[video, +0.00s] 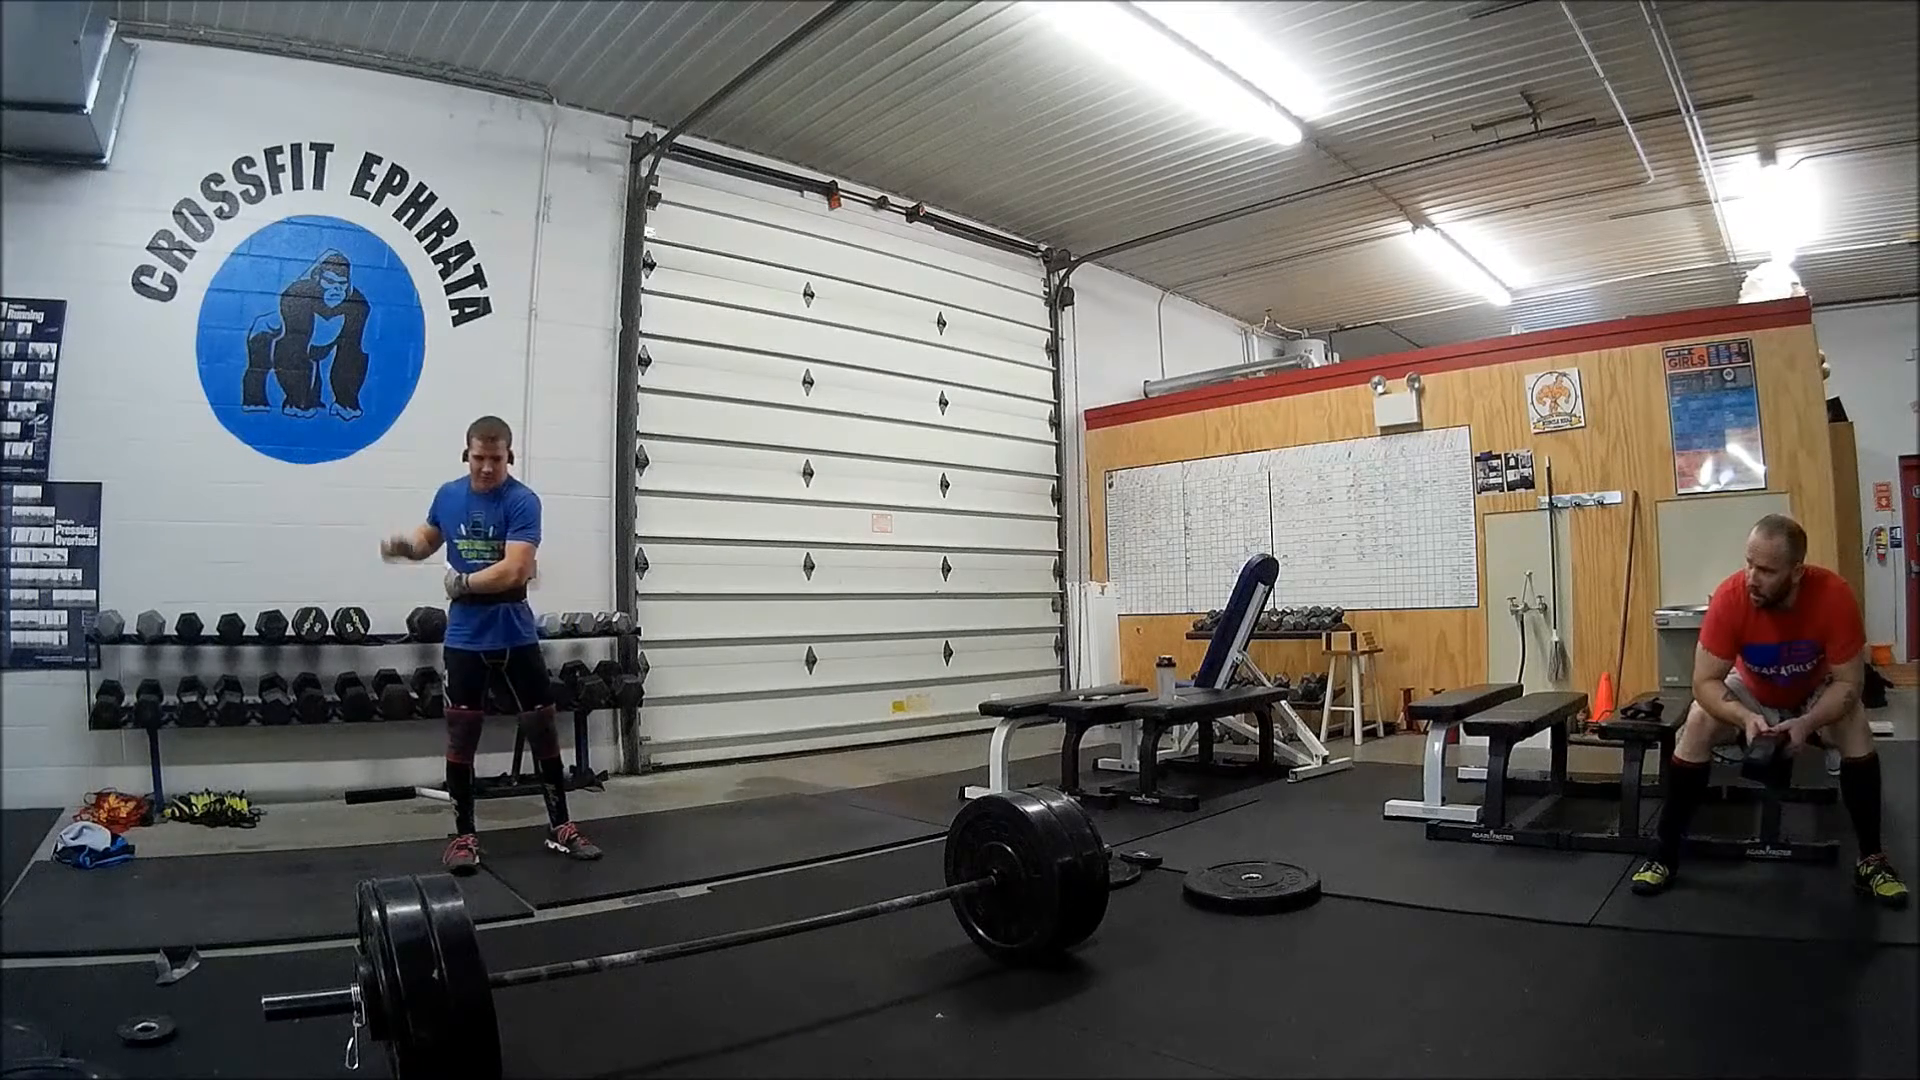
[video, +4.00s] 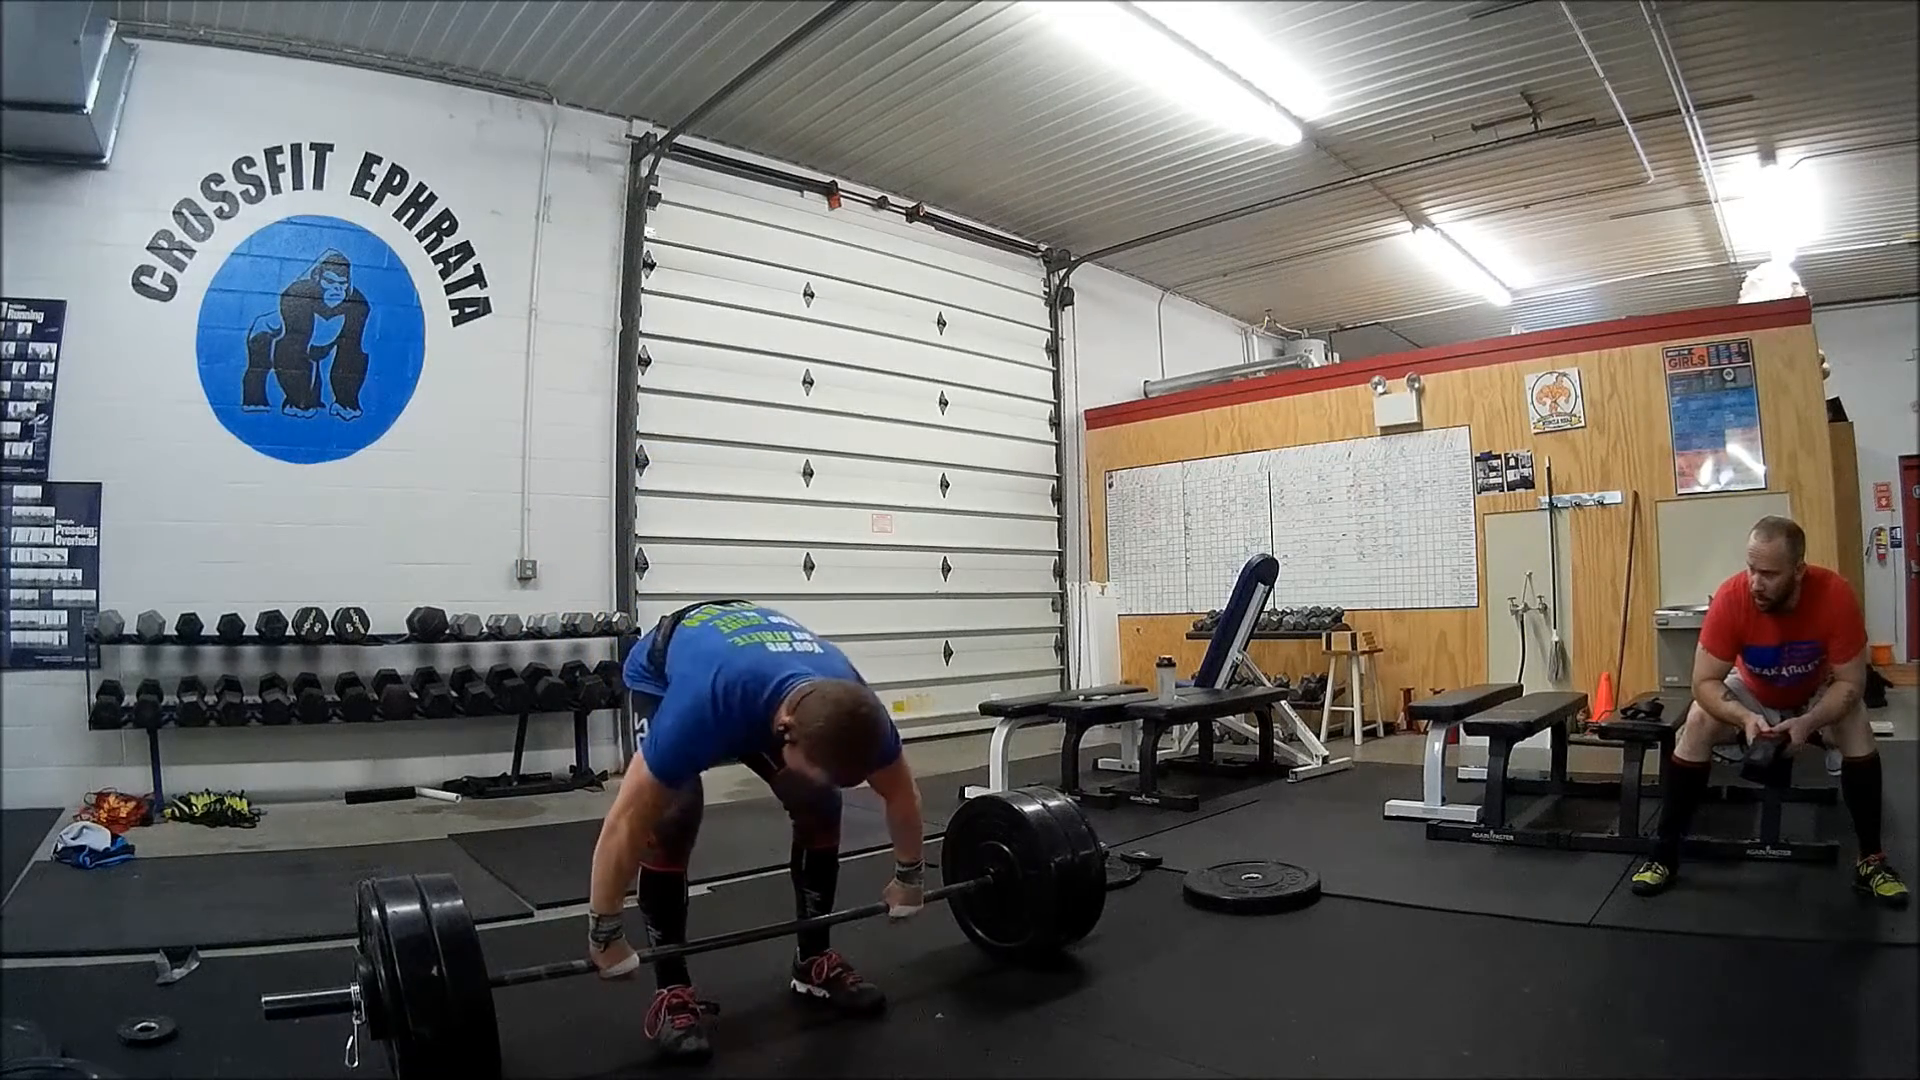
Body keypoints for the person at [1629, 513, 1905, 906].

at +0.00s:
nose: (1753, 579)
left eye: (1766, 571)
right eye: (1750, 565)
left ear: (1797, 569)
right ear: (1746, 558)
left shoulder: (1833, 595)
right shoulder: (1730, 597)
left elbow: (1849, 682)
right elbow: (1705, 683)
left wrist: (1807, 723)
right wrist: (1744, 717)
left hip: (1815, 695)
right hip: (1750, 693)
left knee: (1854, 722)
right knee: (1698, 721)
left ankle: (1871, 859)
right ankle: (1664, 856)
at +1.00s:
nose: (1755, 580)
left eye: (1768, 571)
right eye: (1752, 566)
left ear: (1798, 569)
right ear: (1747, 558)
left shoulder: (1833, 595)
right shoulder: (1730, 597)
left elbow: (1849, 682)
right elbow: (1704, 683)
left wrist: (1808, 721)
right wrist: (1745, 716)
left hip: (1815, 694)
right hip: (1750, 693)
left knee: (1854, 724)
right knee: (1697, 721)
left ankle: (1871, 860)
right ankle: (1665, 857)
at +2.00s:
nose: (1757, 583)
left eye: (1770, 574)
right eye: (1752, 569)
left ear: (1798, 570)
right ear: (1747, 561)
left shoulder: (1834, 597)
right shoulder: (1731, 598)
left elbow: (1850, 684)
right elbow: (1703, 682)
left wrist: (1806, 722)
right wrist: (1742, 717)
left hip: (1815, 696)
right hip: (1751, 694)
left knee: (1854, 723)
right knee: (1696, 721)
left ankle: (1871, 859)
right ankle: (1665, 856)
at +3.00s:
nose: (1757, 584)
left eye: (1769, 575)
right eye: (1752, 570)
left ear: (1799, 569)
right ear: (1746, 561)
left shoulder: (1834, 596)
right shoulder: (1731, 598)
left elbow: (1850, 682)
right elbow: (1704, 683)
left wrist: (1808, 722)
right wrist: (1742, 718)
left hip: (1816, 695)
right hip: (1751, 694)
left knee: (1855, 723)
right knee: (1697, 721)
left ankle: (1871, 859)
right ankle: (1665, 857)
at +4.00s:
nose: (1756, 584)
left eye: (1769, 575)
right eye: (1752, 570)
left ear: (1799, 569)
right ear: (1746, 562)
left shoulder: (1834, 595)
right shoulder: (1731, 598)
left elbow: (1850, 682)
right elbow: (1704, 683)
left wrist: (1808, 722)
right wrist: (1743, 718)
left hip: (1816, 695)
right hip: (1752, 694)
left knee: (1855, 723)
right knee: (1697, 721)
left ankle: (1871, 860)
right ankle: (1664, 857)